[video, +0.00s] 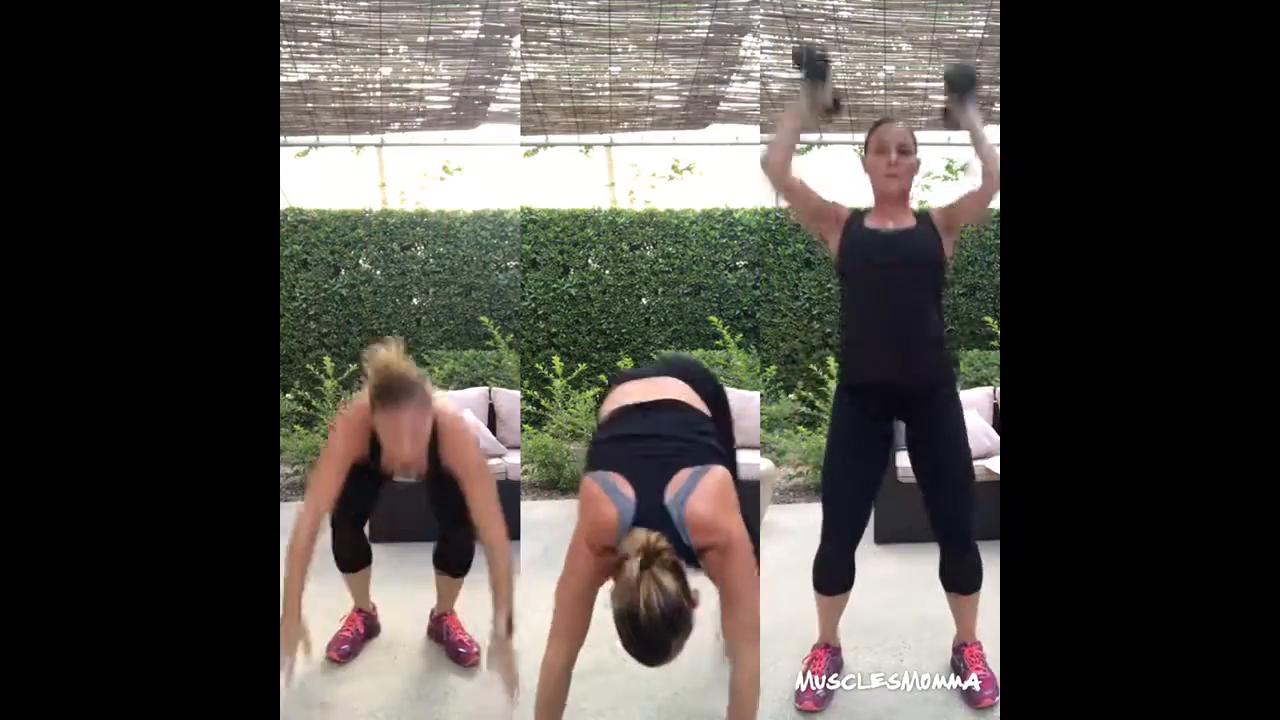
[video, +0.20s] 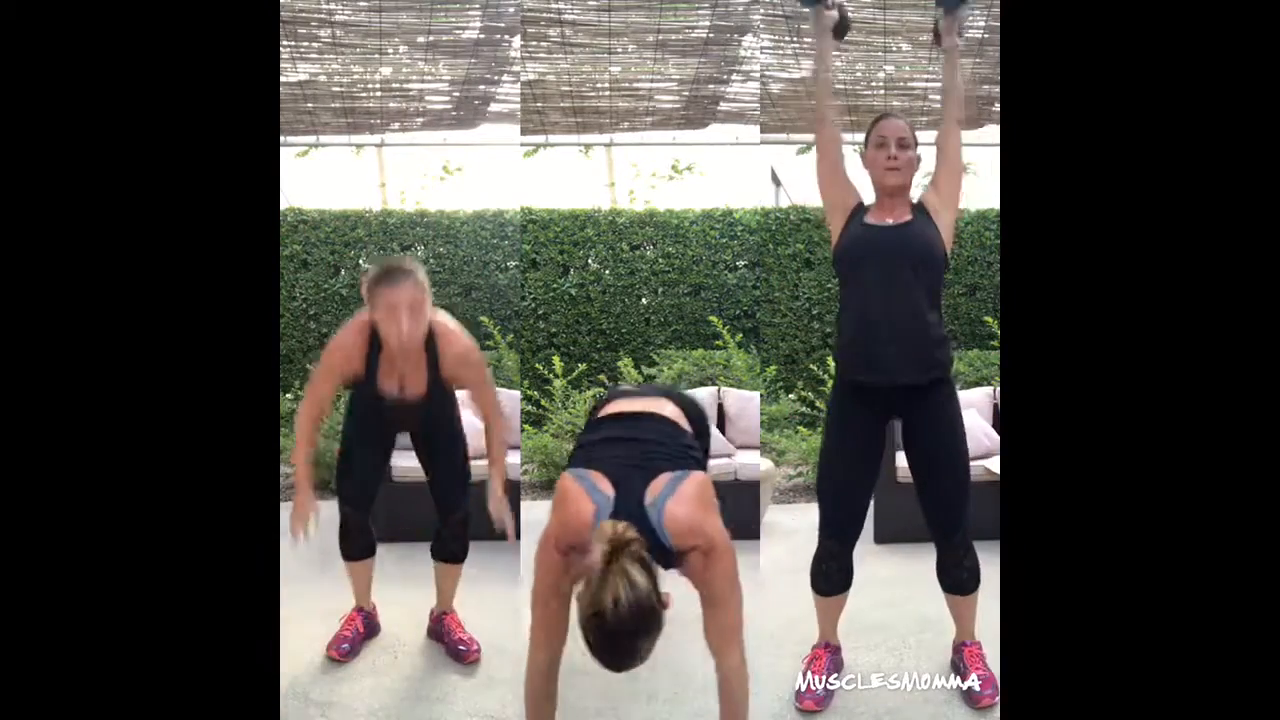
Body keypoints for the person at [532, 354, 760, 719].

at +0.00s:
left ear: (692, 600)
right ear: (614, 586)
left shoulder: (720, 529)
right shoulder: (595, 532)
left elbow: (745, 659)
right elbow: (560, 653)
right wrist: (544, 715)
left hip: (694, 384)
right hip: (617, 394)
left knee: (735, 547)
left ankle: (734, 631)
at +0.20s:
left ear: (664, 603)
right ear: (584, 584)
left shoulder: (700, 533)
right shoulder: (566, 531)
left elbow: (729, 658)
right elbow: (544, 653)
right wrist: (540, 714)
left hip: (681, 412)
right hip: (607, 409)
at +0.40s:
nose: (627, 630)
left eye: (641, 616)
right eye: (614, 622)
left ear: (663, 560)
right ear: (581, 558)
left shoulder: (695, 526)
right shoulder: (561, 525)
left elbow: (723, 648)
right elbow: (541, 651)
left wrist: (732, 715)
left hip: (668, 481)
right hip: (592, 477)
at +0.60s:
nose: (630, 636)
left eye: (645, 623)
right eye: (616, 629)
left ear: (666, 568)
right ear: (582, 567)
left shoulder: (695, 528)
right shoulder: (557, 530)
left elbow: (723, 651)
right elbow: (539, 655)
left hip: (664, 481)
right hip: (585, 481)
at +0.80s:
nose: (637, 638)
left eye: (650, 628)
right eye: (624, 633)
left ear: (670, 566)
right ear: (587, 569)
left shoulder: (696, 529)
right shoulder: (557, 532)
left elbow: (724, 650)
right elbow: (539, 655)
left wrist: (732, 716)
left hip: (664, 479)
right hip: (587, 480)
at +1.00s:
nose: (637, 636)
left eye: (651, 626)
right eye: (625, 631)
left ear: (671, 565)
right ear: (589, 566)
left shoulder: (700, 530)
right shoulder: (558, 534)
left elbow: (728, 651)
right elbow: (538, 656)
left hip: (665, 483)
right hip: (588, 482)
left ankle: (673, 562)